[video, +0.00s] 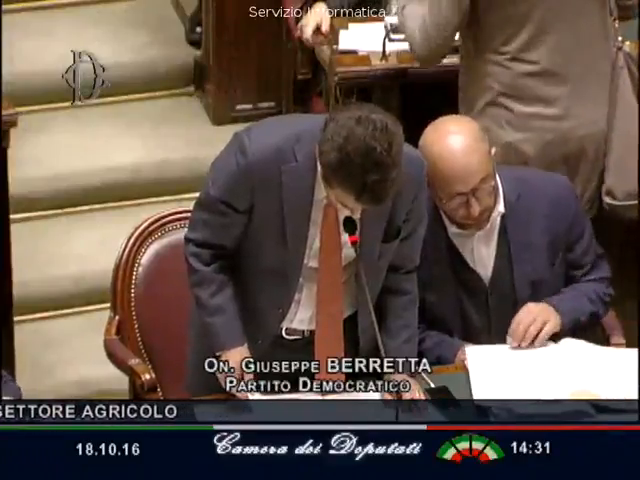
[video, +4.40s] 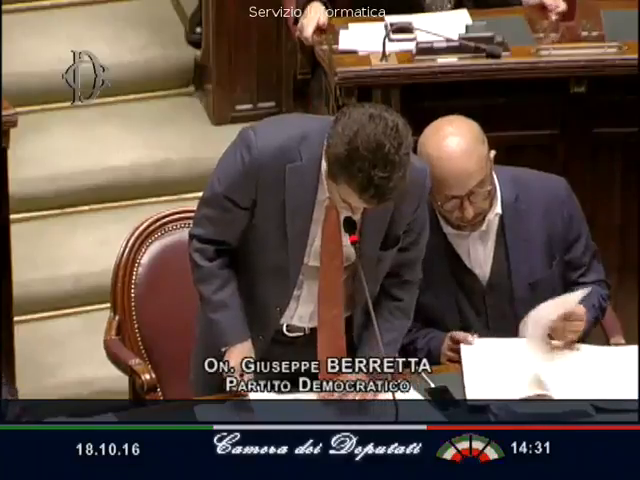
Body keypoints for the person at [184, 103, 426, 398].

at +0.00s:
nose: (354, 213)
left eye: (365, 206)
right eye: (343, 202)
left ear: (392, 175)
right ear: (323, 163)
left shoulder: (408, 173)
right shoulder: (254, 158)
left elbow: (402, 274)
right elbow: (205, 248)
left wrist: (401, 366)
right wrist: (230, 344)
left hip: (349, 336)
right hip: (262, 340)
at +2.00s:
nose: (353, 213)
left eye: (366, 204)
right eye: (342, 199)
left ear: (395, 174)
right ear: (323, 160)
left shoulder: (409, 175)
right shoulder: (255, 157)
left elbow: (402, 276)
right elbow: (206, 251)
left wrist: (401, 366)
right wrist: (231, 344)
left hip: (350, 337)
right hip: (264, 340)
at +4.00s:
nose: (357, 214)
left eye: (369, 207)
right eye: (347, 202)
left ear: (399, 176)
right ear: (328, 163)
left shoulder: (411, 178)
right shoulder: (258, 156)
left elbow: (406, 270)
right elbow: (207, 245)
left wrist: (396, 358)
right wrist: (234, 340)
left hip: (351, 337)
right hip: (263, 341)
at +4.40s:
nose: (356, 213)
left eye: (369, 206)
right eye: (347, 201)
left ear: (398, 177)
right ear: (329, 160)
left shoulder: (412, 182)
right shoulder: (260, 153)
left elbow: (402, 284)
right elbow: (208, 242)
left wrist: (372, 366)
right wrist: (235, 339)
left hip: (343, 341)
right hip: (259, 342)